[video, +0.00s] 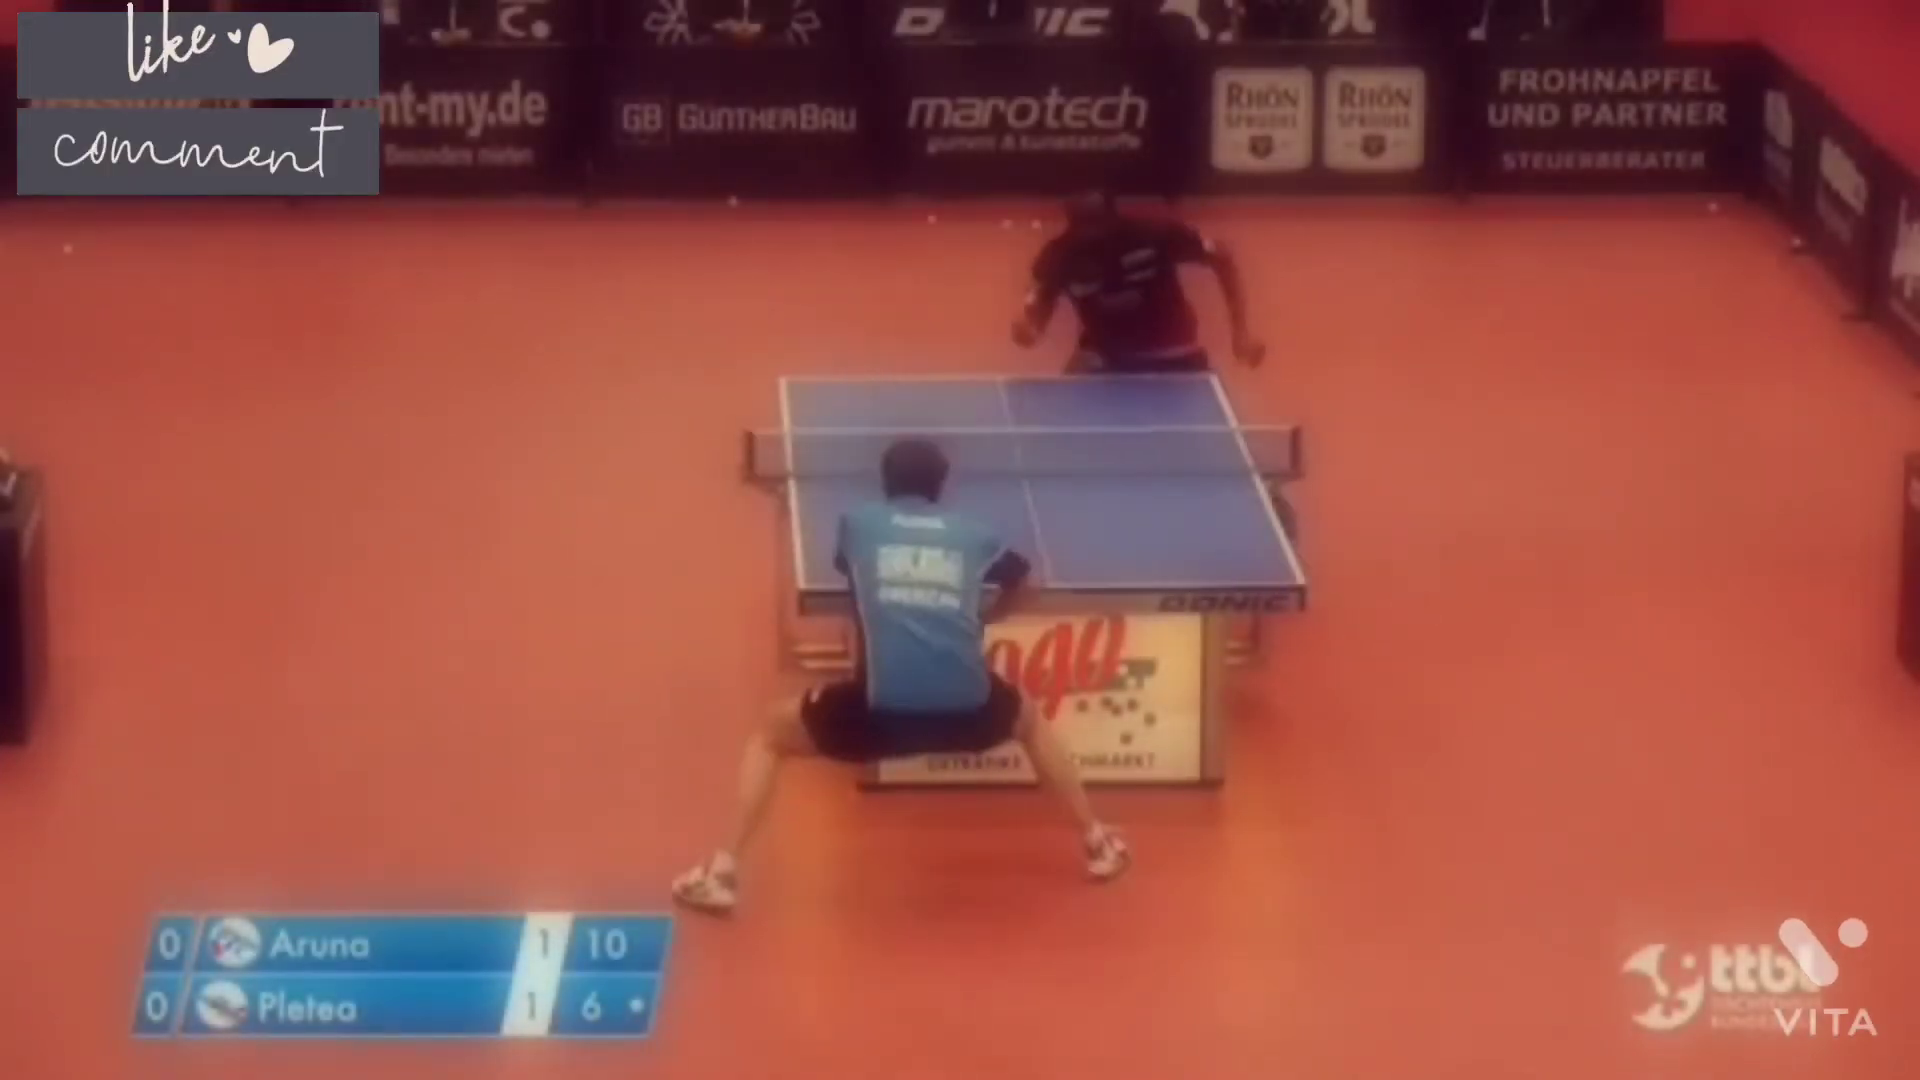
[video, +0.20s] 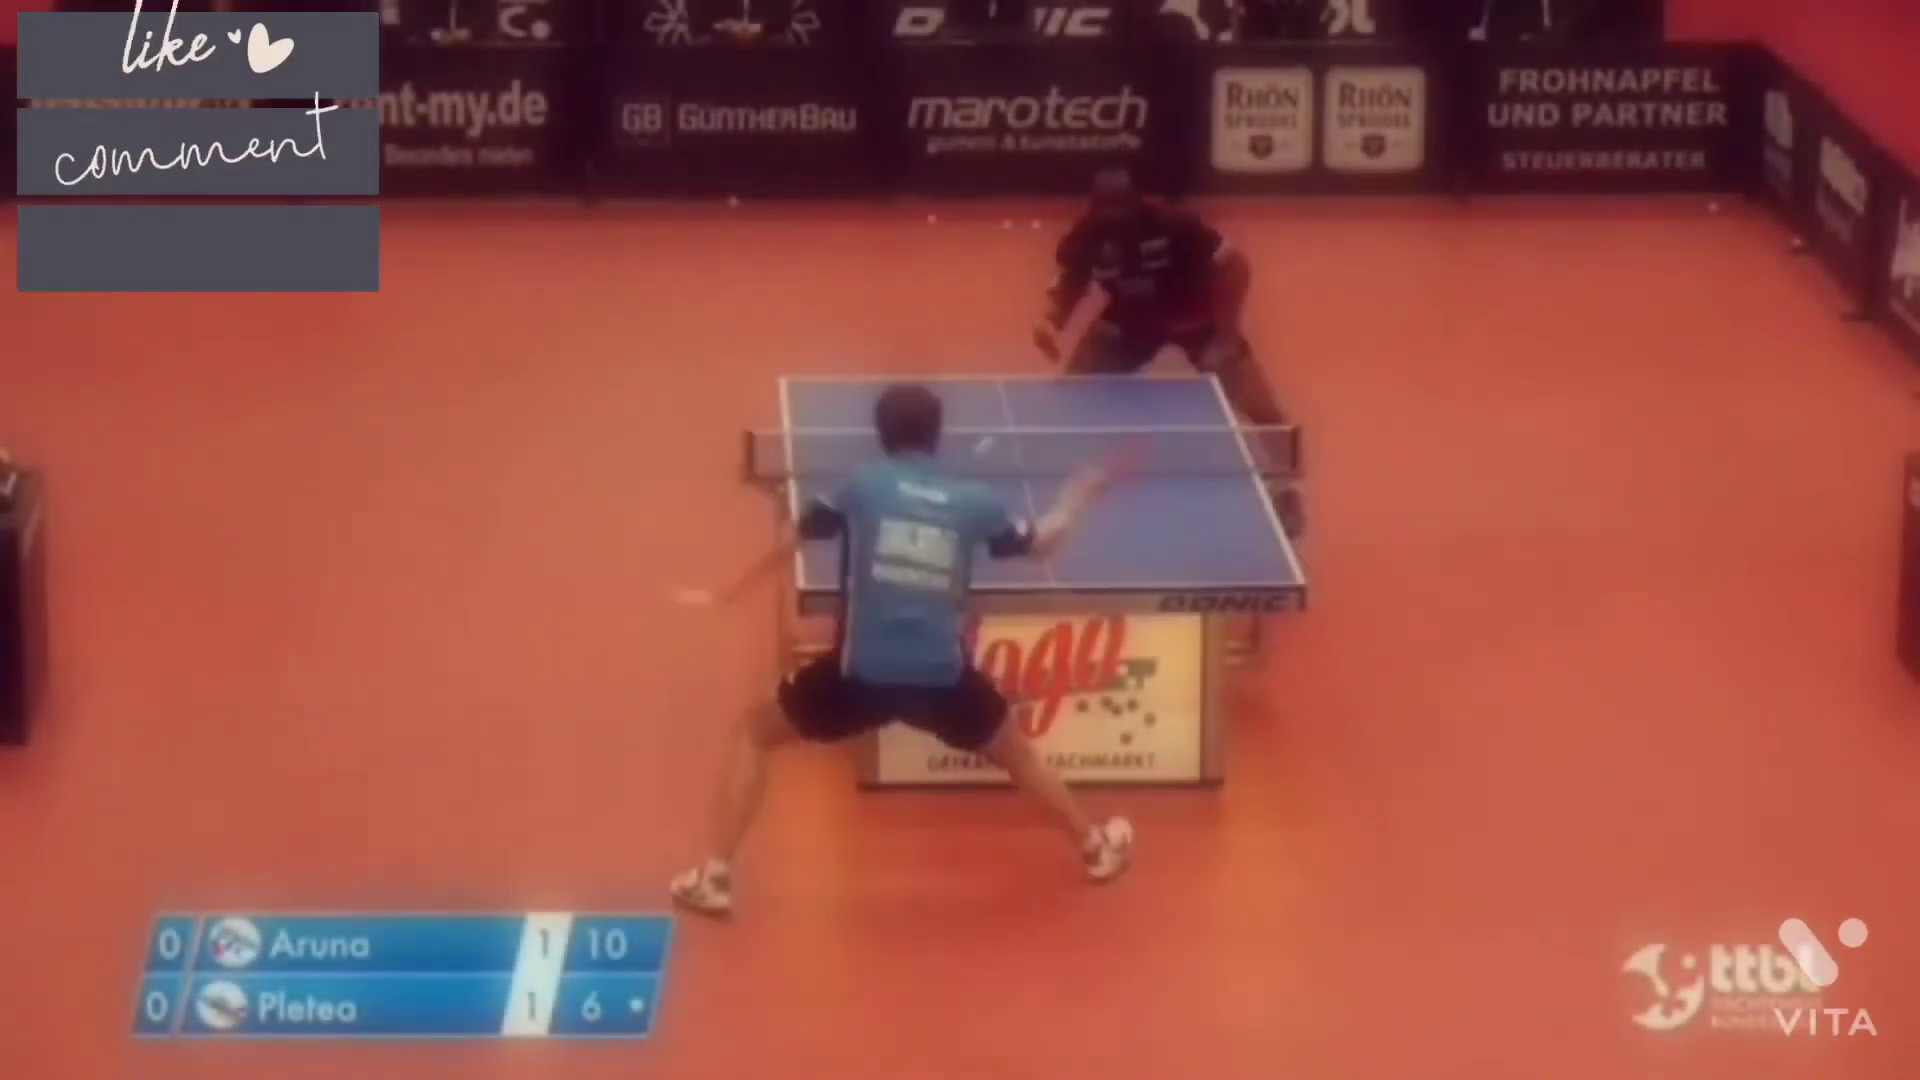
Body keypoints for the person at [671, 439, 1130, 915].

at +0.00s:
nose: (924, 491)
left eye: (899, 482)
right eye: (933, 481)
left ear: (886, 483)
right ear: (941, 485)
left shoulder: (859, 524)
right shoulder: (970, 532)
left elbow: (847, 575)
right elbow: (1020, 577)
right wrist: (980, 621)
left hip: (879, 715)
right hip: (969, 714)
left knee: (769, 733)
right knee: (1029, 721)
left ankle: (723, 871)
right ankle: (1098, 840)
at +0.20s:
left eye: (891, 425)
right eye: (921, 424)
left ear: (883, 433)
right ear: (936, 433)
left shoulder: (866, 484)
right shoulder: (969, 498)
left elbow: (793, 538)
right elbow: (1035, 545)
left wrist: (725, 592)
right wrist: (1079, 496)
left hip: (863, 675)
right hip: (940, 678)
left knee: (753, 734)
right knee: (1018, 756)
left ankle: (715, 872)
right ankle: (1095, 845)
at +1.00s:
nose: (769, 568)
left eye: (770, 557)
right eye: (767, 559)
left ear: (710, 543)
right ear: (749, 569)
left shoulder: (697, 578)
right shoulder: (668, 617)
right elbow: (604, 704)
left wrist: (761, 645)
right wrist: (617, 780)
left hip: (561, 722)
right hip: (597, 740)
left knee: (495, 828)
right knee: (734, 816)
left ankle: (364, 898)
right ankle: (723, 973)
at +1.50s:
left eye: (498, 528)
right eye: (539, 518)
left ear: (494, 537)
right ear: (551, 525)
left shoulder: (481, 611)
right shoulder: (594, 588)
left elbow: (471, 698)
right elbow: (682, 592)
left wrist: (460, 784)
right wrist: (653, 509)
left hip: (515, 795)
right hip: (592, 788)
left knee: (426, 832)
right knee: (700, 869)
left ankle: (342, 928)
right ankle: (704, 975)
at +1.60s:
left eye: (607, 490)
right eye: (646, 489)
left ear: (592, 502)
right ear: (652, 501)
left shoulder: (561, 570)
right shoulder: (681, 578)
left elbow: (498, 631)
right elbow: (753, 647)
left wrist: (483, 702)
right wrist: (764, 584)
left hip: (558, 763)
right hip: (646, 763)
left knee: (466, 836)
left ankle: (372, 935)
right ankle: (790, 971)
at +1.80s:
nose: (802, 545)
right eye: (802, 538)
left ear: (742, 541)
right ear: (799, 552)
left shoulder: (698, 598)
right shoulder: (800, 634)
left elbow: (653, 642)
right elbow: (839, 710)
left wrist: (714, 640)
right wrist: (854, 678)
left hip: (653, 785)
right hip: (734, 793)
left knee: (595, 843)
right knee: (860, 862)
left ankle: (542, 955)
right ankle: (918, 1002)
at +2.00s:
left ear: (749, 516)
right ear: (808, 524)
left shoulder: (709, 570)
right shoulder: (829, 598)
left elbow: (624, 597)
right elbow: (894, 650)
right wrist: (844, 634)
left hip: (693, 763)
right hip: (777, 770)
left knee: (604, 836)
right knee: (883, 852)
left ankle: (549, 962)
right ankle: (923, 1003)